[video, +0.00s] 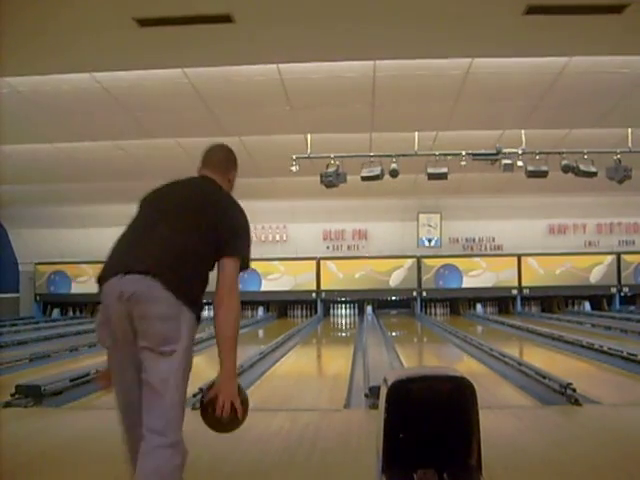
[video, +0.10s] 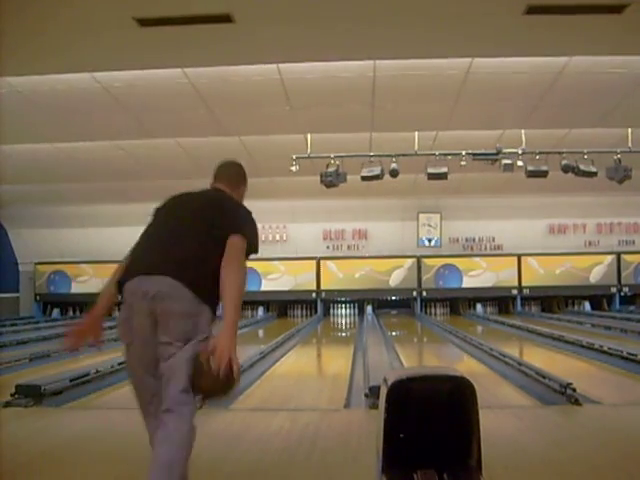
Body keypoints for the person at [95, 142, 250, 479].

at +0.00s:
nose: (232, 184)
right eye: (233, 180)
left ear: (200, 169)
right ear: (232, 177)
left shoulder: (160, 194)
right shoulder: (230, 210)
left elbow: (127, 262)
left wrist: (116, 358)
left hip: (114, 286)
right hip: (164, 293)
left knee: (132, 411)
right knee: (162, 428)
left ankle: (143, 470)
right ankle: (155, 471)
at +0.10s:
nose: (240, 198)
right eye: (242, 193)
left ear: (213, 181)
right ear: (242, 189)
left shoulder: (176, 202)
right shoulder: (239, 214)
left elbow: (132, 258)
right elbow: (233, 263)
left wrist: (97, 312)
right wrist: (229, 332)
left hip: (136, 286)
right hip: (183, 291)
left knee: (150, 398)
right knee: (178, 399)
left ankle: (172, 468)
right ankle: (166, 472)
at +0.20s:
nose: (248, 208)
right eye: (252, 204)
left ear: (224, 195)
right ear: (251, 201)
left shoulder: (190, 212)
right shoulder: (247, 216)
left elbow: (138, 242)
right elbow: (242, 230)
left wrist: (91, 270)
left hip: (152, 295)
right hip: (199, 297)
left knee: (162, 398)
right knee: (200, 389)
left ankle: (170, 471)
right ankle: (188, 466)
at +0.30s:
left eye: (244, 203)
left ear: (239, 201)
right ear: (262, 211)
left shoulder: (200, 226)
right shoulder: (262, 233)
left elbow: (154, 230)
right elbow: (250, 210)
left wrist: (102, 234)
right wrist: (230, 219)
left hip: (168, 290)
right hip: (214, 297)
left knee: (174, 389)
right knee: (220, 393)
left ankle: (170, 473)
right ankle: (212, 474)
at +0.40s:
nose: (278, 233)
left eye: (277, 229)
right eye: (278, 232)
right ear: (272, 234)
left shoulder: (209, 236)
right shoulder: (266, 243)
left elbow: (172, 224)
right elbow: (259, 212)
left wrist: (129, 211)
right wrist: (246, 188)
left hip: (180, 298)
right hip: (223, 303)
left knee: (190, 381)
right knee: (231, 385)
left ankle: (178, 459)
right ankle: (226, 466)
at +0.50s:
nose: (281, 233)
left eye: (280, 232)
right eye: (279, 234)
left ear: (236, 228)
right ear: (276, 239)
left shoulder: (222, 248)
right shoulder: (277, 259)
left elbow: (191, 228)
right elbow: (270, 234)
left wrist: (153, 207)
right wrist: (260, 211)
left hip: (193, 308)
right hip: (232, 312)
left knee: (207, 381)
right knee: (240, 390)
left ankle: (195, 426)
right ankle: (226, 463)